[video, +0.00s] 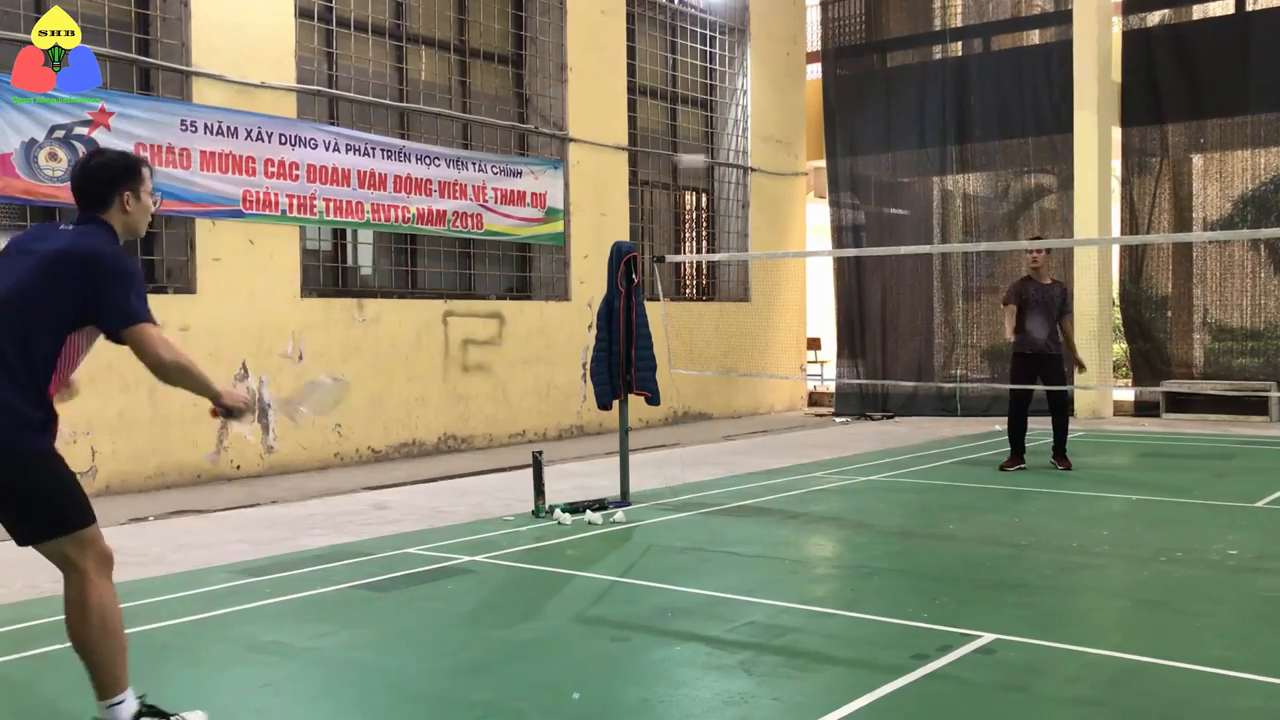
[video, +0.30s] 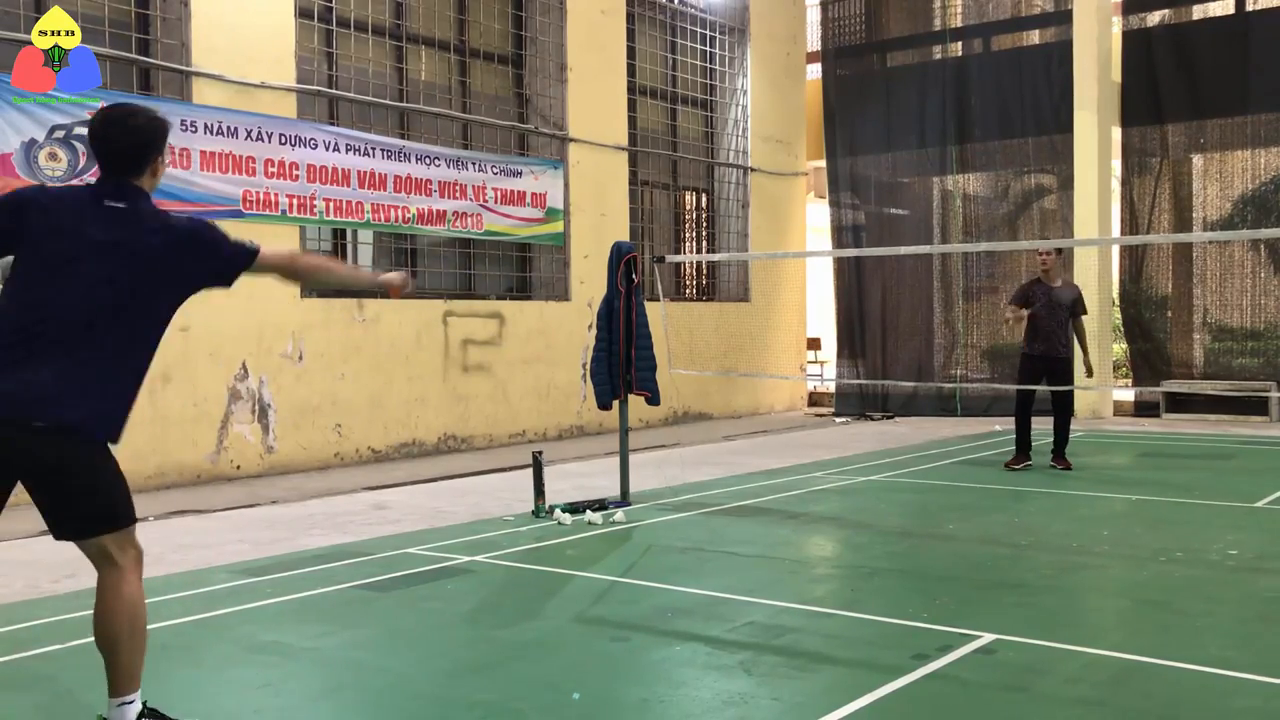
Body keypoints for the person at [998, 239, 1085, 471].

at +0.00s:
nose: (1033, 255)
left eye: (1038, 252)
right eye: (1030, 252)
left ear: (1047, 256)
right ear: (1026, 257)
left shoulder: (1060, 289)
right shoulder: (1018, 287)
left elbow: (1066, 325)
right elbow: (1010, 312)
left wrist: (1075, 355)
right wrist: (1009, 331)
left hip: (1052, 355)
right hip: (1023, 354)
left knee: (1059, 406)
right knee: (1018, 405)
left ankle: (1060, 454)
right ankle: (1016, 456)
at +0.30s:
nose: (1043, 258)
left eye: (1047, 254)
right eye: (1039, 254)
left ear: (1058, 257)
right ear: (1036, 258)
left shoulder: (1071, 290)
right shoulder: (1028, 289)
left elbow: (1078, 325)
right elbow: (1008, 315)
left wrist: (1086, 358)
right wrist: (1020, 314)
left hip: (1061, 358)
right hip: (1032, 356)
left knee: (1063, 409)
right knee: (1023, 405)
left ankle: (1059, 455)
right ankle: (1022, 454)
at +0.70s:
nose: (1032, 255)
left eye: (1037, 251)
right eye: (1029, 251)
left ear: (1048, 255)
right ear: (1025, 256)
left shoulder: (1062, 286)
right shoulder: (1021, 286)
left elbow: (1075, 316)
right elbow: (1000, 306)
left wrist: (1095, 337)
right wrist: (1015, 281)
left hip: (1059, 355)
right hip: (1031, 355)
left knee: (1061, 406)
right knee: (1029, 407)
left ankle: (1059, 455)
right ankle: (1029, 457)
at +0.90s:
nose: (1020, 257)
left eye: (1025, 254)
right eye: (1017, 254)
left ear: (1036, 258)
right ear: (1014, 261)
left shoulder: (1054, 285)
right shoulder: (1013, 289)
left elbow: (1071, 316)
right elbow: (999, 310)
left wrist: (1093, 341)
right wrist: (984, 324)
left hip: (1057, 354)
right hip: (1029, 356)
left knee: (1063, 405)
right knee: (1027, 407)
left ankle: (1059, 453)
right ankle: (1029, 457)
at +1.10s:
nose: (1022, 257)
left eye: (1028, 252)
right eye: (1019, 253)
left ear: (1038, 257)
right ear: (1015, 258)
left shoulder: (1055, 285)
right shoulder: (1011, 290)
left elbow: (1067, 318)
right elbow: (1000, 321)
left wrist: (1080, 347)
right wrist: (991, 345)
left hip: (1056, 356)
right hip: (1026, 358)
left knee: (1059, 407)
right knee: (1025, 408)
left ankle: (1057, 455)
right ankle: (1028, 457)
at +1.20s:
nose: (1027, 256)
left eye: (1031, 252)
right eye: (1024, 253)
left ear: (1043, 256)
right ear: (1021, 257)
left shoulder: (1058, 285)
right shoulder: (1015, 288)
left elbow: (1067, 321)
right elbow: (1001, 318)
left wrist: (1078, 352)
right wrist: (995, 349)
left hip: (1056, 356)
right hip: (1027, 356)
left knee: (1058, 408)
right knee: (1025, 408)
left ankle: (1056, 457)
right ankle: (1028, 457)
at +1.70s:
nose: (1041, 255)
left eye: (1046, 251)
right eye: (1038, 251)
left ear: (1056, 255)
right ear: (1034, 256)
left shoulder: (1069, 285)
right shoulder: (1029, 285)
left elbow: (1082, 317)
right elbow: (1005, 307)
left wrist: (1097, 344)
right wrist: (1021, 284)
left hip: (1066, 354)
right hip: (1038, 354)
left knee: (1066, 407)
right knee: (1035, 406)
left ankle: (1058, 457)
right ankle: (1038, 457)